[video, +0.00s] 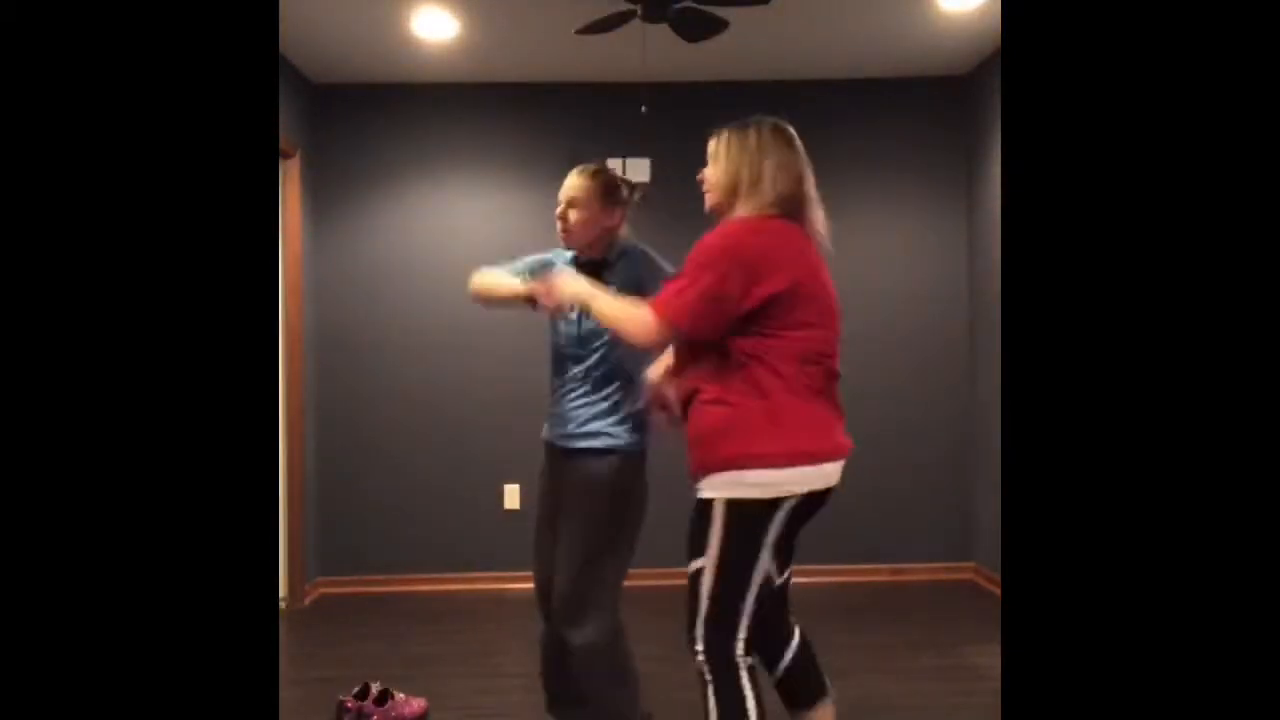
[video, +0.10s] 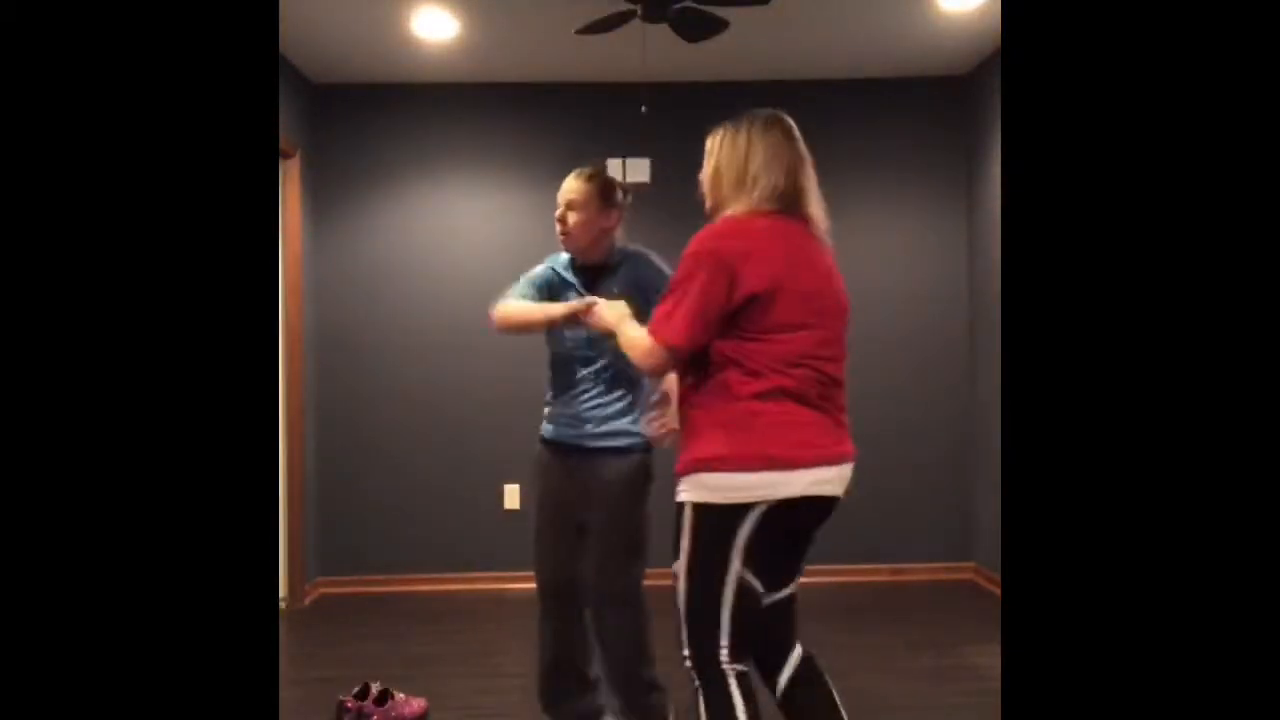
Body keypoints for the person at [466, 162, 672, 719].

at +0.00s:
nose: (561, 217)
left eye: (574, 208)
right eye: (560, 207)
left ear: (613, 216)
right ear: (563, 214)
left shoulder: (639, 270)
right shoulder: (562, 265)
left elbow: (696, 325)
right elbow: (480, 283)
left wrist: (666, 369)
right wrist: (531, 291)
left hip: (610, 459)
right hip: (562, 454)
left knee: (582, 603)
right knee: (552, 597)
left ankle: (614, 712)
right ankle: (568, 709)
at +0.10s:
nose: (560, 220)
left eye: (573, 211)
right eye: (559, 210)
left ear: (612, 218)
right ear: (558, 216)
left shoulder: (644, 274)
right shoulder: (554, 273)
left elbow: (684, 337)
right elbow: (502, 314)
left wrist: (676, 404)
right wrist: (564, 311)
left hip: (622, 452)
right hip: (560, 450)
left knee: (613, 585)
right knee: (556, 584)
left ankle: (639, 708)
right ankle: (568, 706)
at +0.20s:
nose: (570, 225)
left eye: (582, 215)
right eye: (568, 215)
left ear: (618, 222)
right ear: (567, 222)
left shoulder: (652, 278)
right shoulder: (558, 279)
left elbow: (683, 328)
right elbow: (537, 336)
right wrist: (593, 313)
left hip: (638, 454)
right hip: (571, 454)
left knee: (639, 588)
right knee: (558, 589)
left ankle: (663, 702)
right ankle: (560, 707)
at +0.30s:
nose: (587, 228)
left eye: (599, 218)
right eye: (584, 218)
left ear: (633, 225)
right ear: (581, 226)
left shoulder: (664, 281)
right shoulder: (573, 284)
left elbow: (690, 341)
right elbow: (564, 353)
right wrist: (630, 316)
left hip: (662, 447)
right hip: (596, 449)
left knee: (664, 582)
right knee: (582, 580)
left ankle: (660, 697)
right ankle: (564, 701)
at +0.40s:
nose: (607, 228)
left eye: (619, 218)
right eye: (603, 219)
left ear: (652, 222)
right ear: (600, 228)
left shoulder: (676, 284)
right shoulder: (593, 290)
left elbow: (699, 346)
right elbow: (576, 366)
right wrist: (634, 336)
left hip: (678, 438)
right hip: (621, 442)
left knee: (667, 579)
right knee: (640, 579)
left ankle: (655, 695)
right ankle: (602, 700)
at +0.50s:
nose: (633, 225)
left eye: (645, 214)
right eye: (627, 215)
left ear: (673, 212)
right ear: (616, 222)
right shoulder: (610, 283)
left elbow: (594, 371)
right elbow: (585, 370)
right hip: (634, 439)